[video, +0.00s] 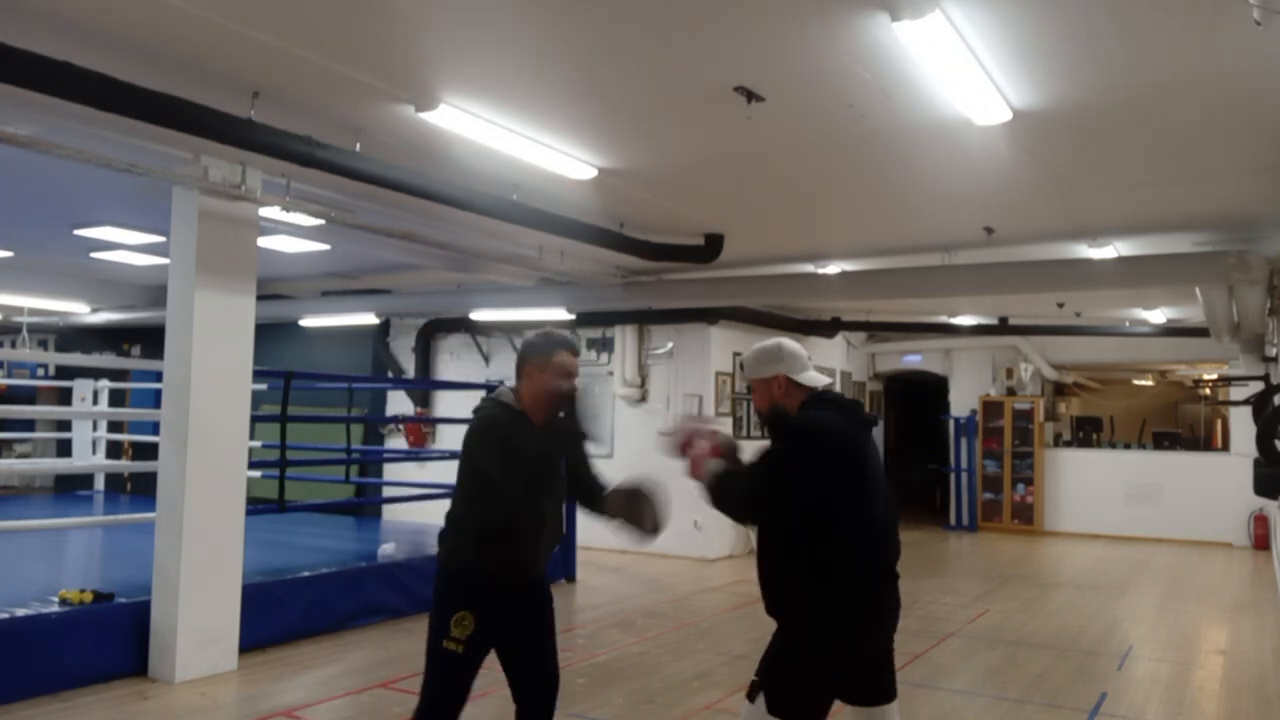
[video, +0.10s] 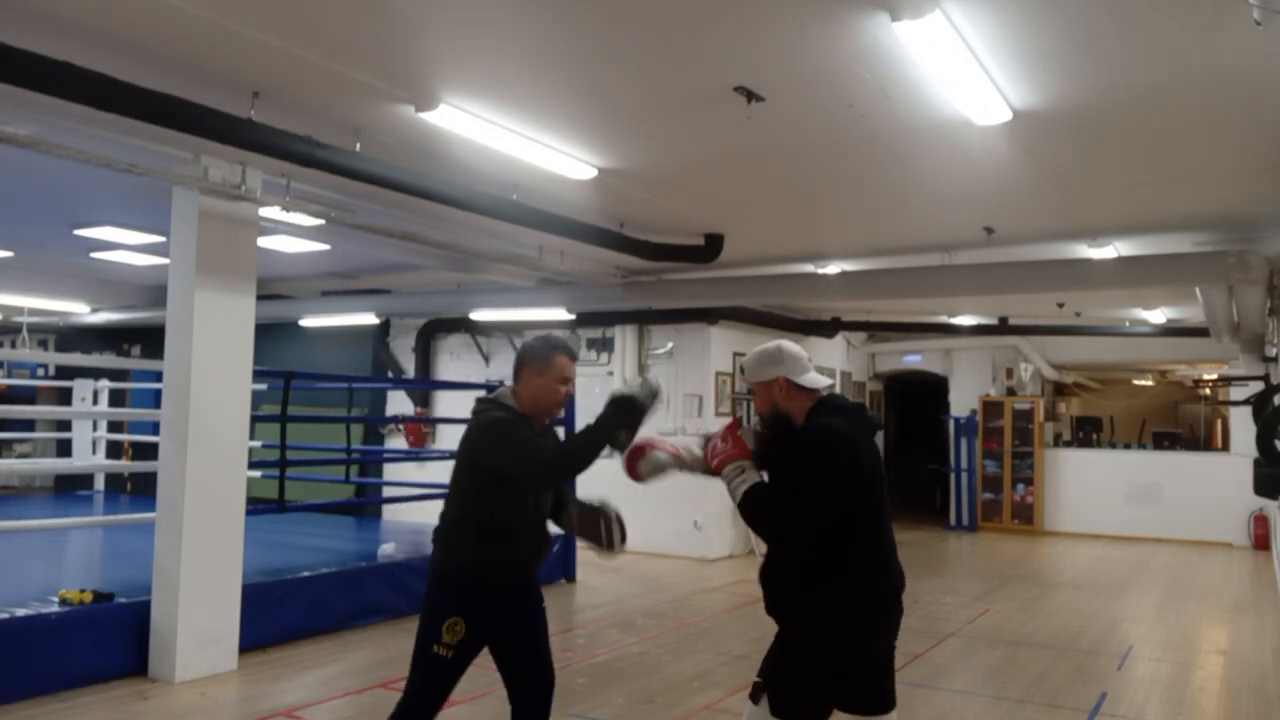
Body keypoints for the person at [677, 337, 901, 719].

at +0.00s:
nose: (753, 403)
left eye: (754, 390)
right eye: (752, 392)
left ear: (779, 384)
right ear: (785, 383)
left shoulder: (806, 433)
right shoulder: (843, 424)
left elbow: (754, 503)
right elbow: (778, 489)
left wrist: (711, 472)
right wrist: (730, 461)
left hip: (822, 613)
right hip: (867, 606)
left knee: (766, 709)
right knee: (874, 709)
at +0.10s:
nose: (755, 405)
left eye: (756, 393)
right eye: (753, 395)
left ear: (781, 386)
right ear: (786, 385)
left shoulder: (822, 437)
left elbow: (783, 530)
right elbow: (756, 455)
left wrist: (736, 469)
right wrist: (684, 457)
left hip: (829, 615)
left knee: (768, 709)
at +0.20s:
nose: (765, 407)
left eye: (766, 393)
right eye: (763, 395)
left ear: (791, 386)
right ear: (798, 384)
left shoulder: (823, 437)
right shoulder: (857, 424)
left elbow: (781, 531)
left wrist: (744, 460)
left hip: (826, 625)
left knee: (769, 710)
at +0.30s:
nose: (784, 404)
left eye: (784, 391)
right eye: (781, 393)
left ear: (809, 384)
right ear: (821, 382)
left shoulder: (825, 436)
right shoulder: (885, 424)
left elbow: (777, 527)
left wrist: (743, 457)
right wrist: (781, 456)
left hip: (828, 621)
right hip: (892, 613)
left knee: (775, 712)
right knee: (897, 712)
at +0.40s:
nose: (799, 402)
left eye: (801, 389)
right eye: (797, 391)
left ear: (827, 385)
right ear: (839, 382)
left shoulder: (836, 434)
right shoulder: (897, 423)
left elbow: (787, 522)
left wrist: (751, 455)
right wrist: (804, 445)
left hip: (840, 617)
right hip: (903, 608)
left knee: (777, 711)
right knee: (902, 712)